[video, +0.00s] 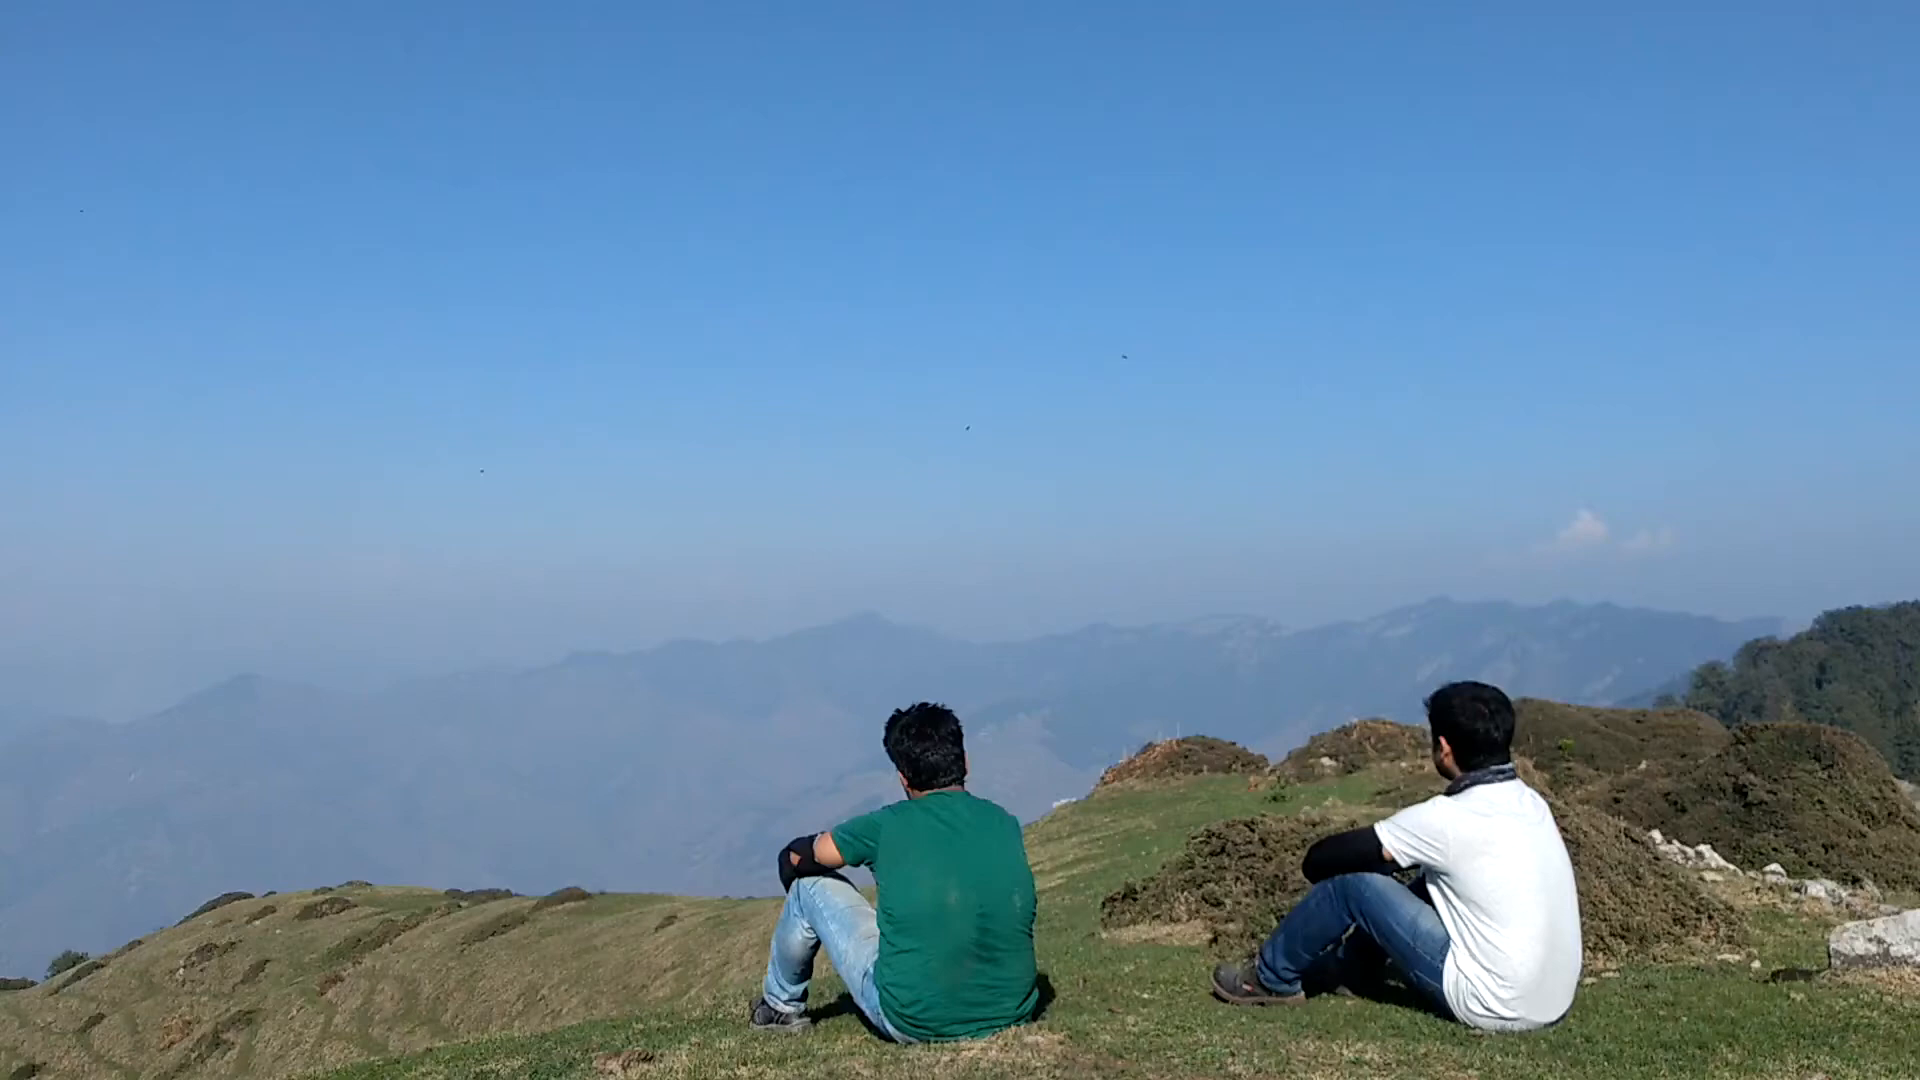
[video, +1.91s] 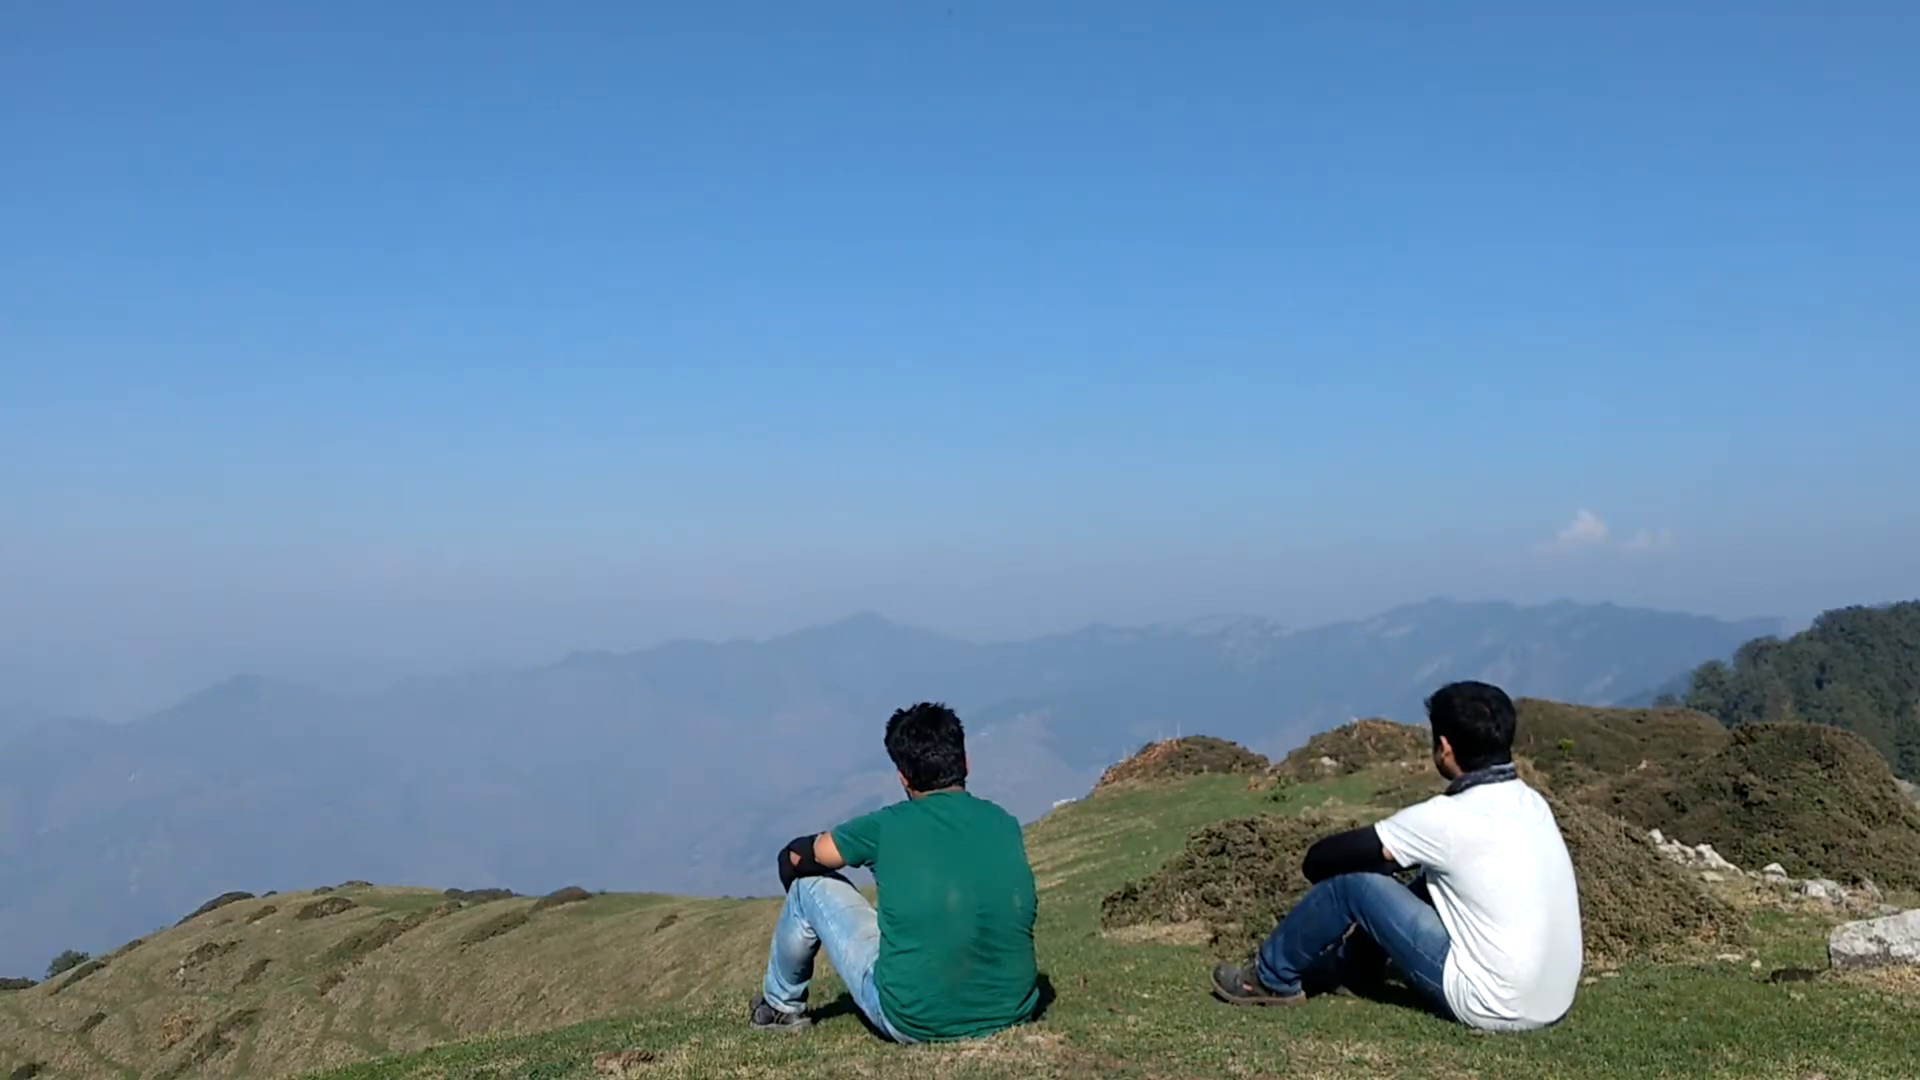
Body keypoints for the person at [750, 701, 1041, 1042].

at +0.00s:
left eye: (897, 771)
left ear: (904, 778)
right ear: (966, 764)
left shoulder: (887, 824)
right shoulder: (1005, 822)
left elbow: (796, 856)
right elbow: (1021, 911)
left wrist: (797, 886)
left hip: (915, 1020)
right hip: (1008, 1012)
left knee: (811, 886)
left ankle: (781, 1005)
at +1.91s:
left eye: (898, 770)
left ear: (904, 778)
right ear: (966, 764)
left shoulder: (887, 825)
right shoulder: (1006, 823)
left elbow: (796, 857)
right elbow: (1022, 912)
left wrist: (797, 890)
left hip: (915, 1021)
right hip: (1008, 1012)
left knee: (810, 885)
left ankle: (781, 1006)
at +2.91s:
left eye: (899, 771)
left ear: (905, 779)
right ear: (967, 765)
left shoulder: (889, 823)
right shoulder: (1006, 823)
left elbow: (796, 856)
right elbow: (1020, 911)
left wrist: (798, 893)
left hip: (912, 1018)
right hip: (1007, 1012)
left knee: (810, 886)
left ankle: (781, 1006)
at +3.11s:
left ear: (904, 779)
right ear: (966, 766)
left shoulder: (881, 829)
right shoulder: (1004, 824)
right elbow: (1022, 910)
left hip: (914, 1012)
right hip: (1010, 1006)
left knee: (824, 900)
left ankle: (777, 1001)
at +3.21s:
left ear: (911, 769)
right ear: (965, 764)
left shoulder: (897, 822)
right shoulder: (1004, 823)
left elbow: (822, 854)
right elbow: (1026, 904)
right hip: (1014, 1002)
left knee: (810, 890)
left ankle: (782, 1005)